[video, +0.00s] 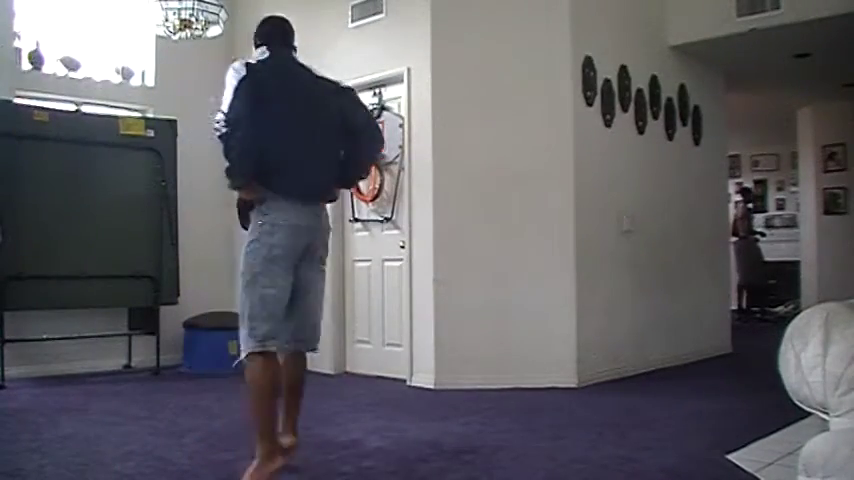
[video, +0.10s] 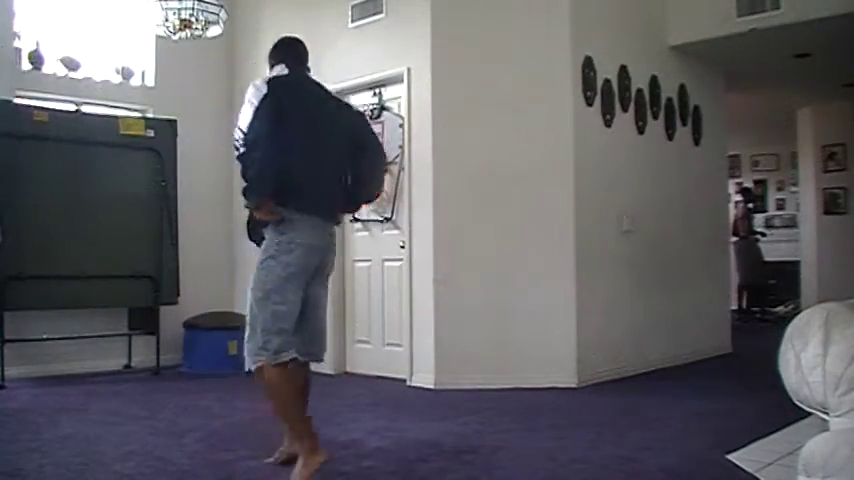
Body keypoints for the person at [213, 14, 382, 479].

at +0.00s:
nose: (258, 54)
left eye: (257, 47)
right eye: (266, 45)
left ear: (259, 47)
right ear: (293, 45)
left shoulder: (253, 81)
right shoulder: (329, 87)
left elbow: (238, 138)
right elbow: (370, 143)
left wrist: (244, 183)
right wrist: (336, 183)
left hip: (275, 213)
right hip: (317, 216)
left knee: (259, 341)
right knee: (296, 339)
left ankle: (267, 453)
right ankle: (288, 433)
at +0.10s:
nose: (273, 74)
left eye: (273, 67)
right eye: (281, 65)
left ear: (274, 65)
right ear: (307, 63)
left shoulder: (272, 89)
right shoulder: (339, 106)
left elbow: (254, 147)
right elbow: (373, 171)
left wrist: (259, 202)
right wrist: (344, 204)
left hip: (290, 229)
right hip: (324, 232)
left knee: (266, 349)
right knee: (297, 346)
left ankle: (308, 448)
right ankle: (293, 439)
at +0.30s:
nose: (303, 88)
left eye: (303, 82)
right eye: (306, 82)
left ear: (309, 83)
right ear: (339, 82)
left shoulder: (312, 118)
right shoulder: (356, 122)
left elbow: (301, 182)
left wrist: (292, 212)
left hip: (324, 246)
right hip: (350, 247)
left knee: (301, 357)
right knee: (312, 353)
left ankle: (370, 425)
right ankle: (304, 440)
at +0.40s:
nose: (323, 74)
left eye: (323, 69)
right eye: (327, 69)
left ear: (328, 67)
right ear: (358, 66)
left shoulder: (326, 96)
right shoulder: (382, 102)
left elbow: (311, 148)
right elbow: (418, 153)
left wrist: (323, 193)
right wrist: (394, 195)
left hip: (349, 221)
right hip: (383, 225)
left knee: (337, 336)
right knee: (354, 331)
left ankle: (386, 420)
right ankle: (328, 421)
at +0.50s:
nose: (346, 85)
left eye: (346, 78)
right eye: (351, 78)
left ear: (349, 75)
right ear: (380, 74)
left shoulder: (345, 101)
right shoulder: (414, 110)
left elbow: (324, 154)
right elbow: (454, 161)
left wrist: (338, 202)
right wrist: (427, 207)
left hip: (369, 227)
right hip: (406, 228)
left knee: (366, 339)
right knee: (390, 337)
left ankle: (396, 434)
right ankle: (386, 424)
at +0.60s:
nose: (369, 106)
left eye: (369, 100)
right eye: (373, 99)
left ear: (372, 100)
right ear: (404, 98)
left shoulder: (364, 133)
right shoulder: (437, 138)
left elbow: (344, 191)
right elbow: (477, 192)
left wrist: (362, 237)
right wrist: (456, 235)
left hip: (390, 259)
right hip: (430, 258)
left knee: (378, 365)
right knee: (424, 355)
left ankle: (412, 443)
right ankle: (454, 427)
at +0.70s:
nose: (402, 101)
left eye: (398, 95)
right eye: (416, 92)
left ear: (397, 97)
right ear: (429, 95)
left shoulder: (387, 141)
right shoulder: (458, 137)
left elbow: (370, 188)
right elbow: (503, 179)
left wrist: (388, 230)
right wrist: (481, 223)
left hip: (415, 257)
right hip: (456, 254)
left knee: (394, 359)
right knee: (466, 345)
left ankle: (415, 444)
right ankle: (502, 423)